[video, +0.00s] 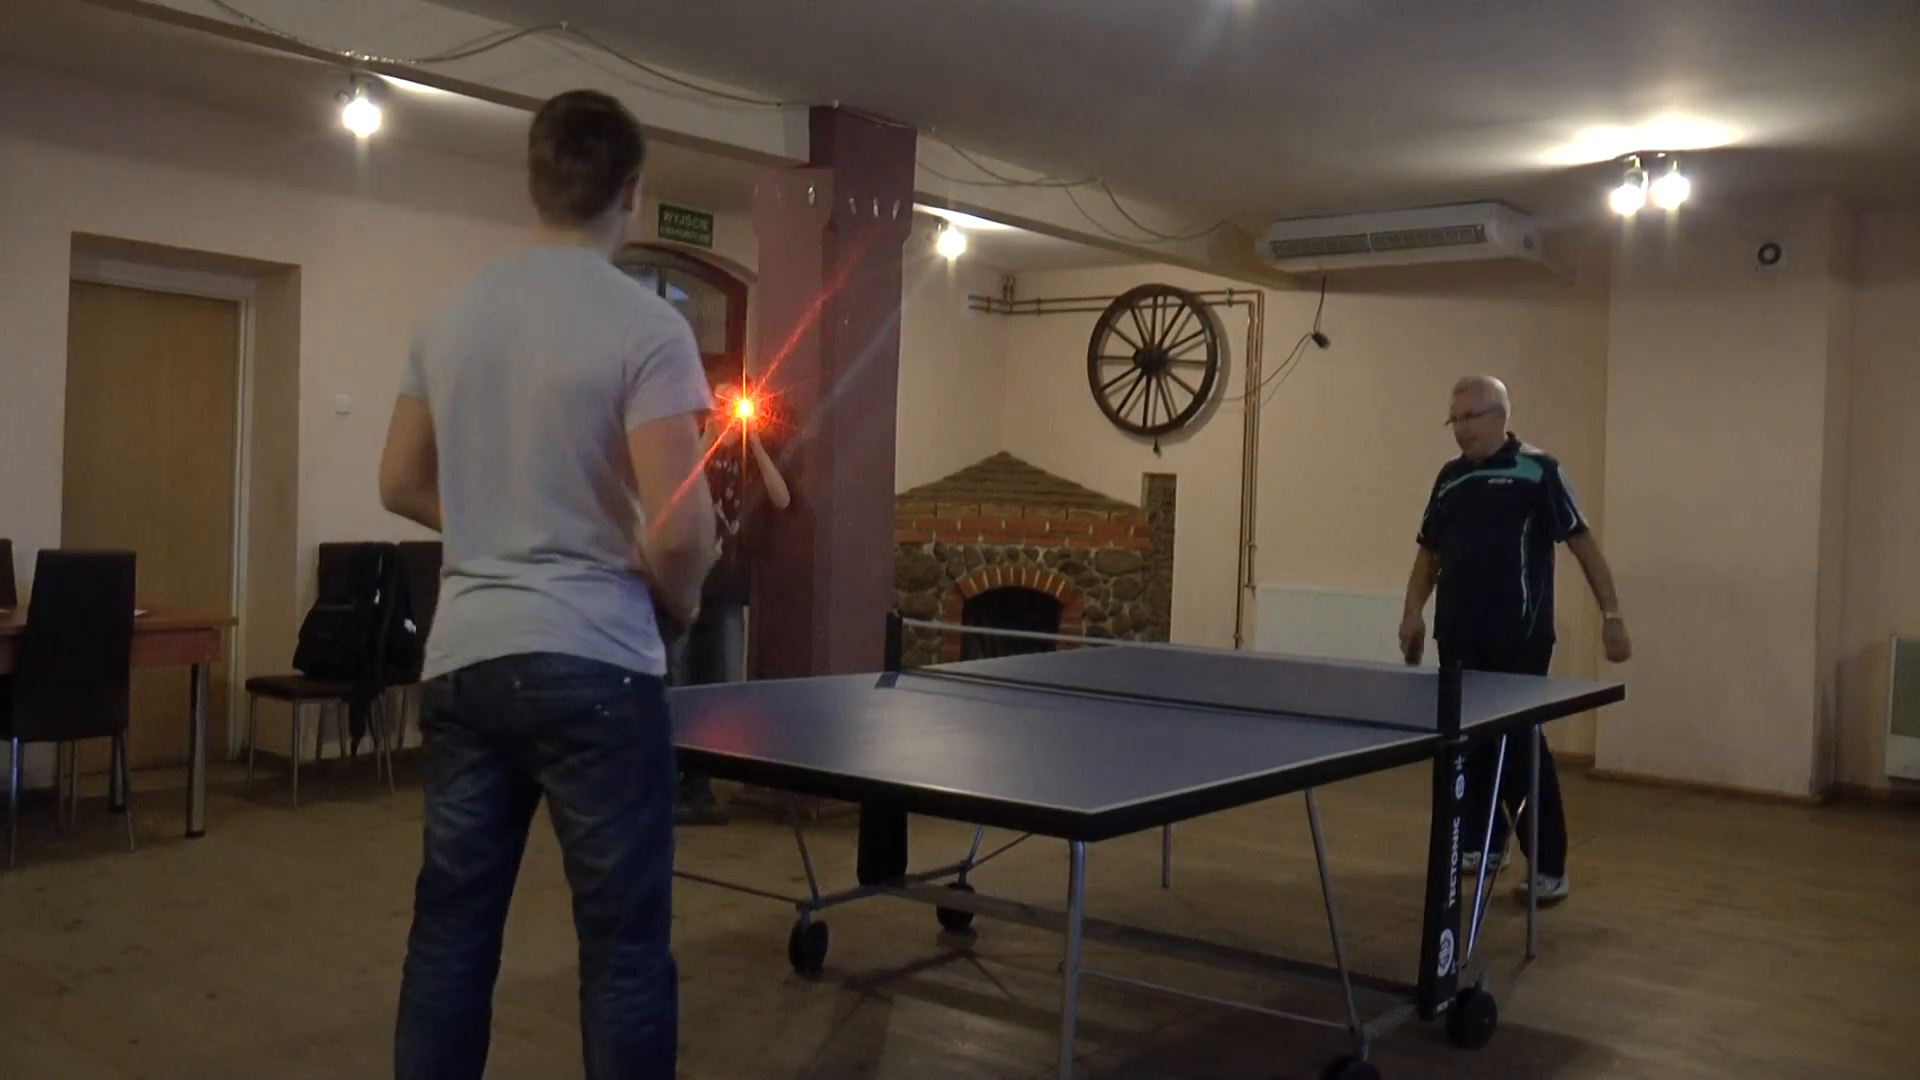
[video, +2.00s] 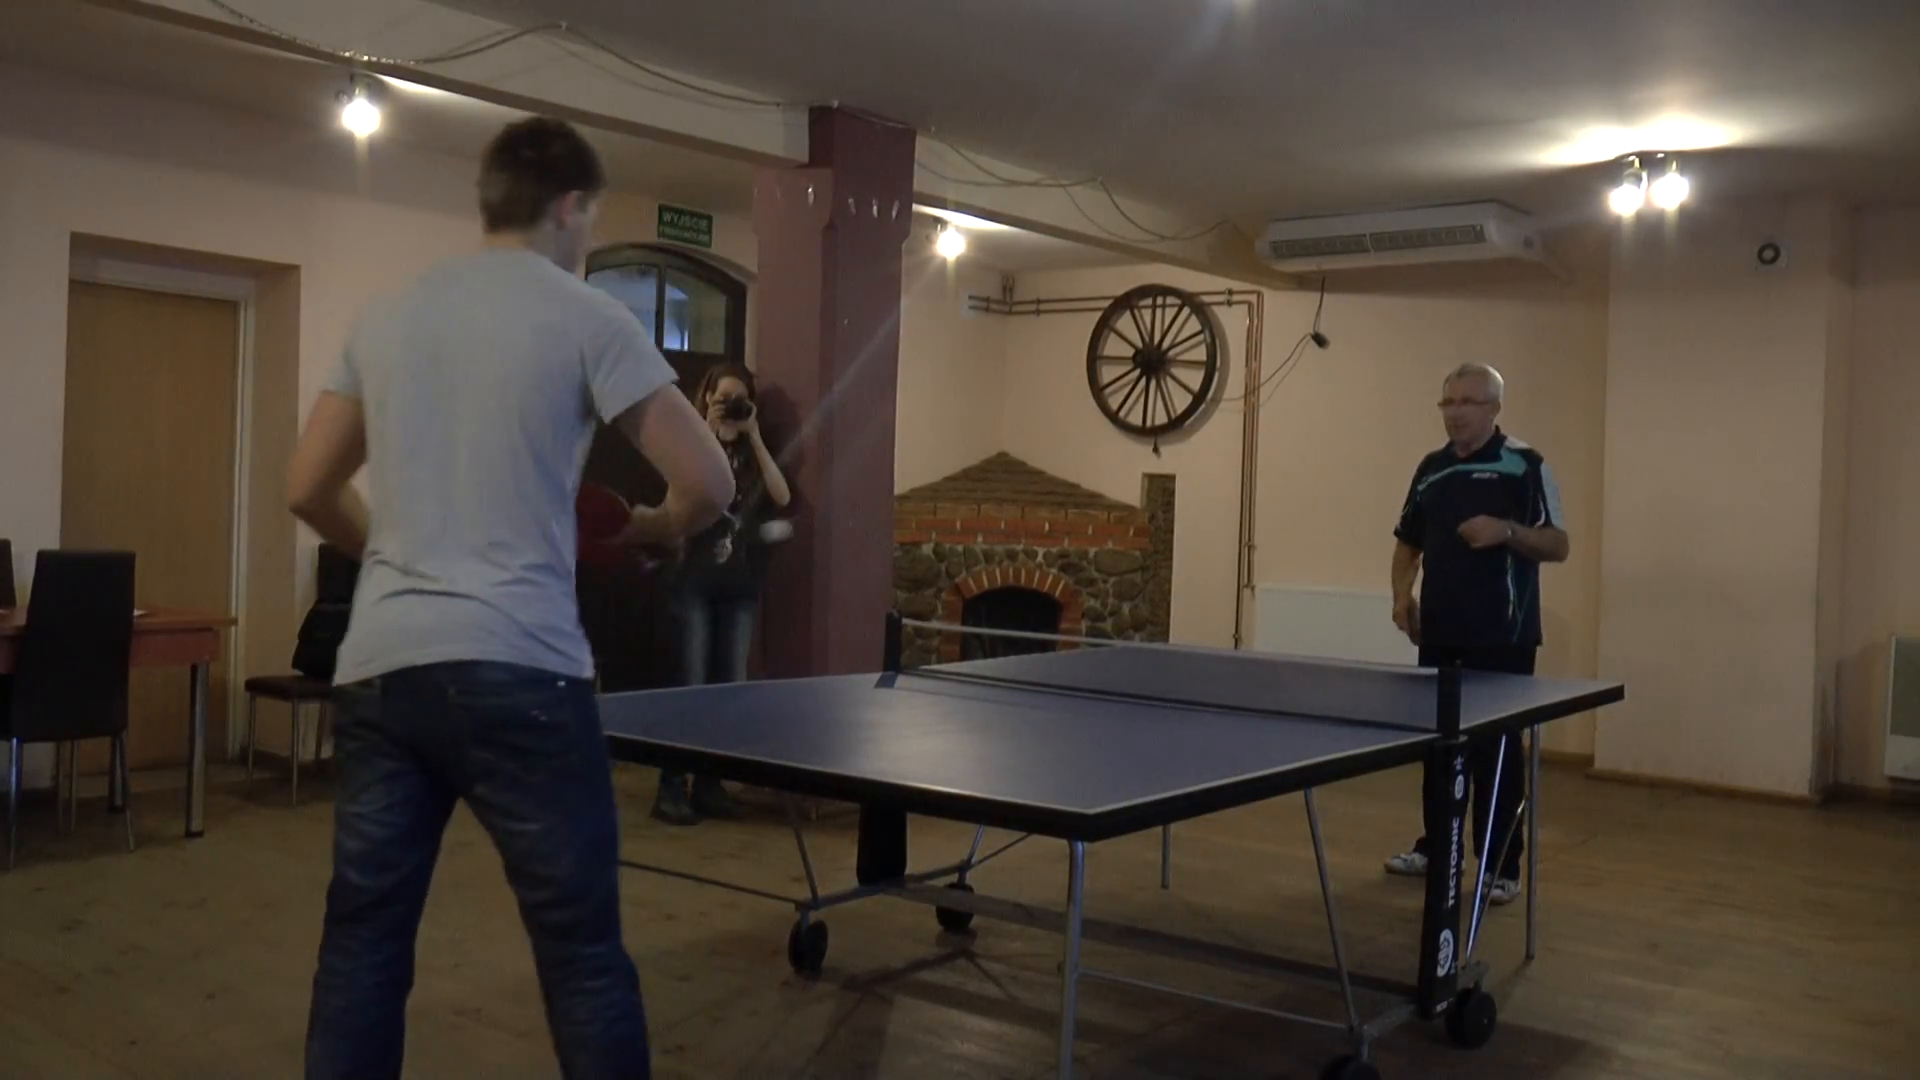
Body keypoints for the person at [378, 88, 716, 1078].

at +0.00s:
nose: (641, 201)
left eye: (632, 185)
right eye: (642, 187)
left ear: (532, 187)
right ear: (631, 194)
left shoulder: (453, 315)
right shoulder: (648, 324)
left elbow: (404, 480)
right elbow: (675, 534)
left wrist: (504, 525)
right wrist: (679, 604)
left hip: (463, 651)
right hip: (593, 655)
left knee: (450, 924)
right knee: (624, 939)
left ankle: (428, 1073)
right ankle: (631, 1075)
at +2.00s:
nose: (591, 241)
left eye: (593, 222)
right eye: (592, 220)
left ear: (487, 206)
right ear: (567, 210)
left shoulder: (388, 312)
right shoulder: (584, 310)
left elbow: (310, 488)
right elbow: (706, 483)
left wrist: (389, 555)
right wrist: (653, 530)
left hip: (378, 664)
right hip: (519, 664)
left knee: (362, 940)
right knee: (580, 947)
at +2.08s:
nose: (568, 228)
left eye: (572, 213)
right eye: (569, 211)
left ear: (460, 203)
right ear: (545, 204)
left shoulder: (365, 309)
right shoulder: (568, 308)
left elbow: (283, 488)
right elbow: (702, 472)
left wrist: (359, 560)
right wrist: (679, 538)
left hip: (364, 662)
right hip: (506, 662)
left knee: (352, 941)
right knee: (564, 948)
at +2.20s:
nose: (544, 219)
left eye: (544, 201)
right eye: (545, 200)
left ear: (439, 199)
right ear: (522, 198)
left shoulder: (337, 306)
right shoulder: (553, 309)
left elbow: (259, 484)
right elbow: (676, 458)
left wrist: (330, 562)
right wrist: (745, 529)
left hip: (347, 657)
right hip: (490, 651)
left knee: (344, 942)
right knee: (548, 946)